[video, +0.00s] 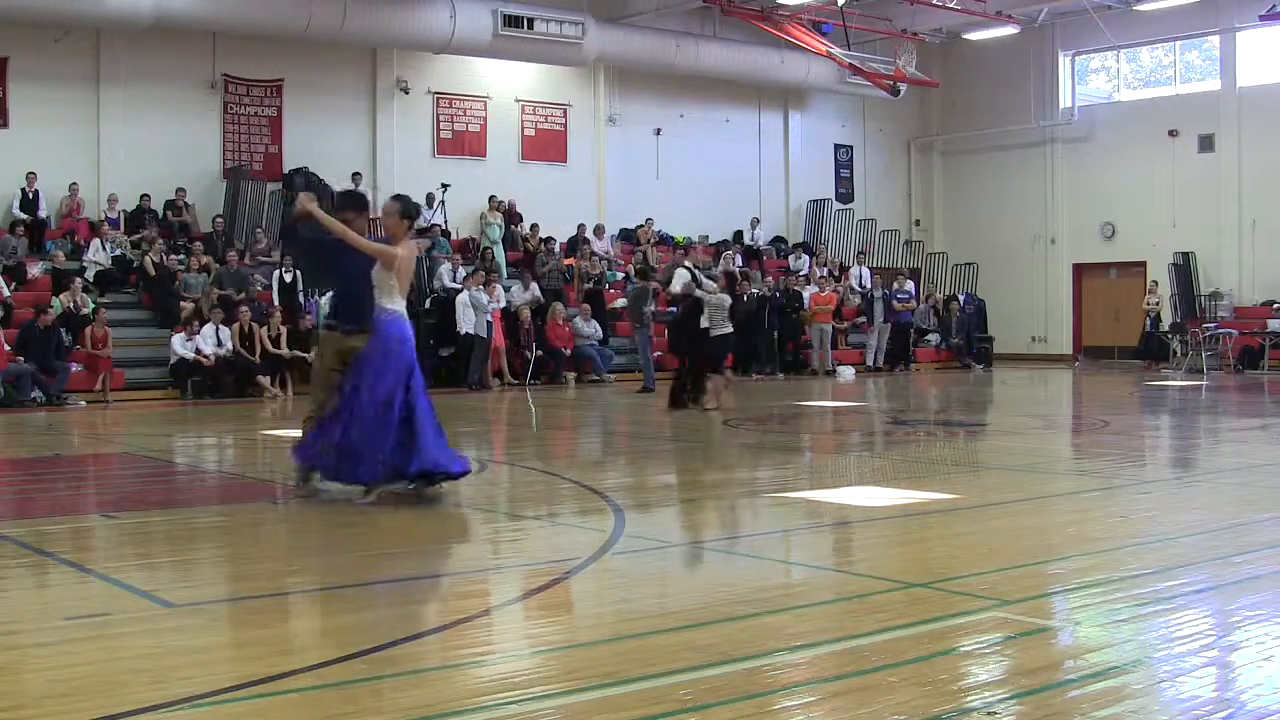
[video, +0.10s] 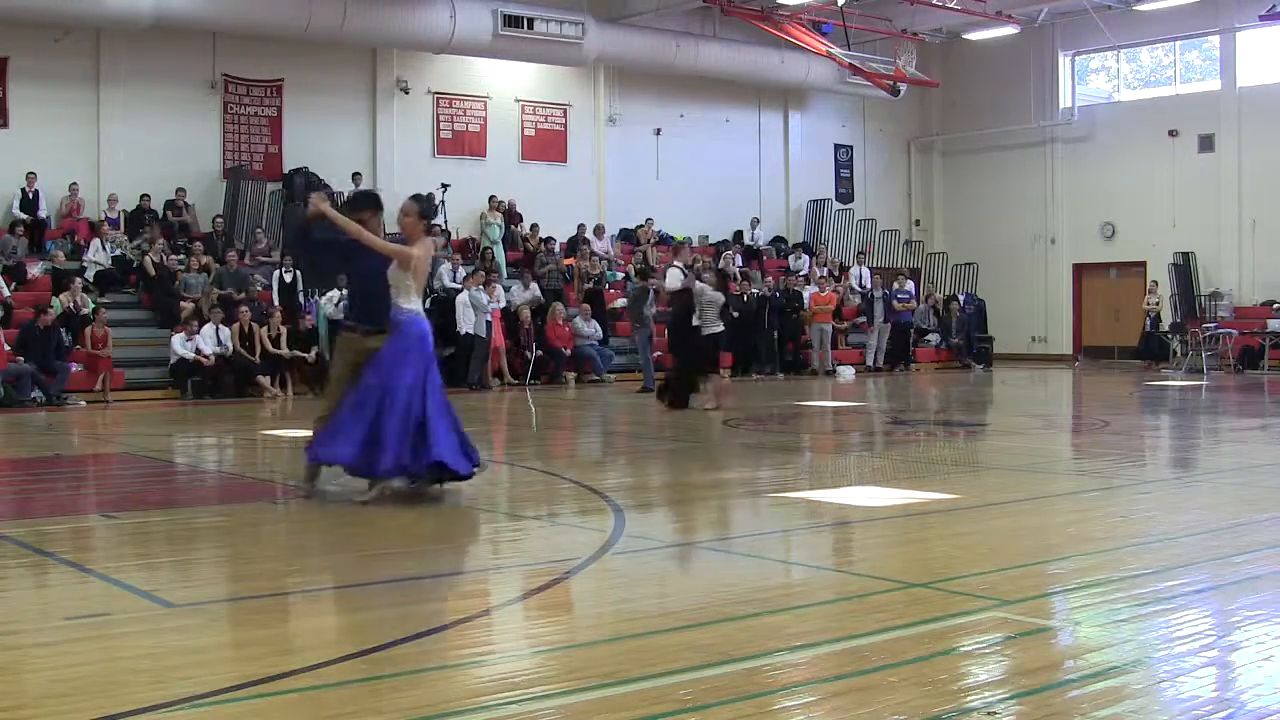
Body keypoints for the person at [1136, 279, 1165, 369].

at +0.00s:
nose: (1151, 288)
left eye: (1153, 286)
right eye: (1150, 286)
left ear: (1157, 287)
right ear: (1149, 287)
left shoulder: (1159, 296)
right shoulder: (1147, 296)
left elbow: (1160, 308)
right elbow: (1143, 306)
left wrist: (1149, 308)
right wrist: (1153, 307)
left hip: (1156, 318)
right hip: (1148, 318)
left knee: (1156, 337)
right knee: (1147, 337)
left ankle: (1155, 360)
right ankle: (1147, 360)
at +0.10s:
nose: (1151, 288)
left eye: (1153, 286)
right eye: (1150, 286)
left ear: (1157, 287)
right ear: (1149, 287)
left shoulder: (1159, 296)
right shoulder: (1147, 296)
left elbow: (1160, 308)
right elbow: (1143, 306)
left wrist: (1149, 308)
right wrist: (1153, 307)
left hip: (1156, 318)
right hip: (1148, 318)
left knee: (1156, 337)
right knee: (1147, 337)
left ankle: (1155, 360)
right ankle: (1147, 360)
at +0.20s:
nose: (1151, 288)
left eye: (1153, 286)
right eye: (1150, 286)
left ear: (1157, 287)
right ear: (1149, 287)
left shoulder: (1159, 296)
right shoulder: (1147, 296)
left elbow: (1160, 308)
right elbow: (1143, 306)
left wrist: (1149, 308)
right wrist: (1153, 307)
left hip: (1156, 318)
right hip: (1148, 318)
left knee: (1156, 337)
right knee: (1147, 337)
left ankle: (1155, 360)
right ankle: (1147, 360)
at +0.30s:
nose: (1151, 288)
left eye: (1153, 286)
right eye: (1150, 286)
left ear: (1157, 287)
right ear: (1149, 287)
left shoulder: (1159, 296)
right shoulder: (1147, 297)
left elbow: (1160, 308)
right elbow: (1143, 306)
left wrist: (1149, 308)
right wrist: (1153, 307)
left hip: (1156, 318)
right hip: (1148, 318)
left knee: (1156, 338)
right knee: (1147, 337)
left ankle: (1155, 360)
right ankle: (1147, 360)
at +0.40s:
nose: (1152, 288)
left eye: (1153, 286)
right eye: (1150, 286)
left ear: (1157, 287)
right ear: (1149, 287)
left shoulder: (1160, 297)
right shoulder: (1148, 296)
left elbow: (1160, 308)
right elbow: (1144, 306)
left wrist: (1149, 308)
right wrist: (1154, 307)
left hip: (1156, 318)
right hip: (1149, 318)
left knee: (1156, 338)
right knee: (1148, 338)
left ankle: (1156, 361)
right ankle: (1148, 361)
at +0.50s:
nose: (1152, 288)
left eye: (1153, 286)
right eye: (1150, 286)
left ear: (1157, 287)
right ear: (1149, 287)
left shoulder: (1160, 297)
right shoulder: (1148, 296)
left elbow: (1160, 308)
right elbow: (1144, 306)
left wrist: (1149, 308)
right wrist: (1154, 307)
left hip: (1156, 318)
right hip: (1149, 318)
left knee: (1156, 338)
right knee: (1148, 338)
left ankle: (1156, 361)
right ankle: (1148, 361)